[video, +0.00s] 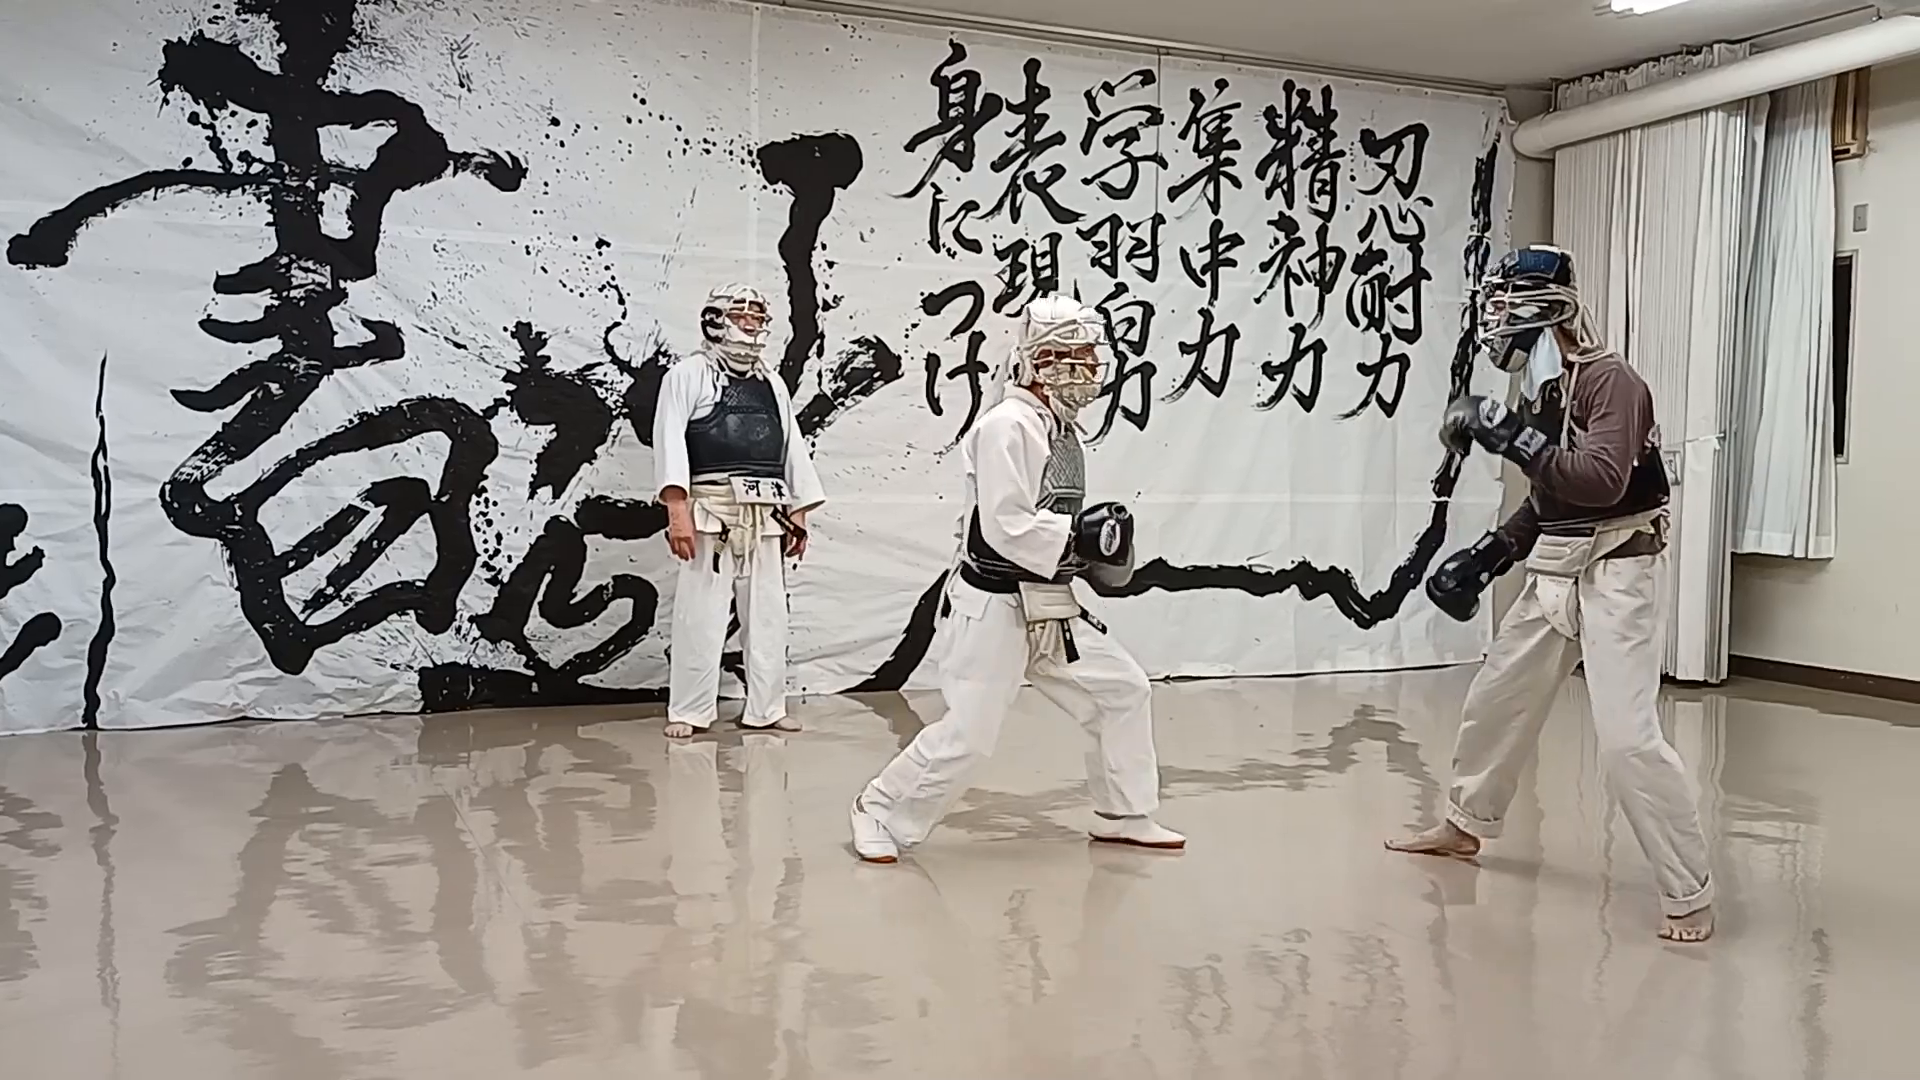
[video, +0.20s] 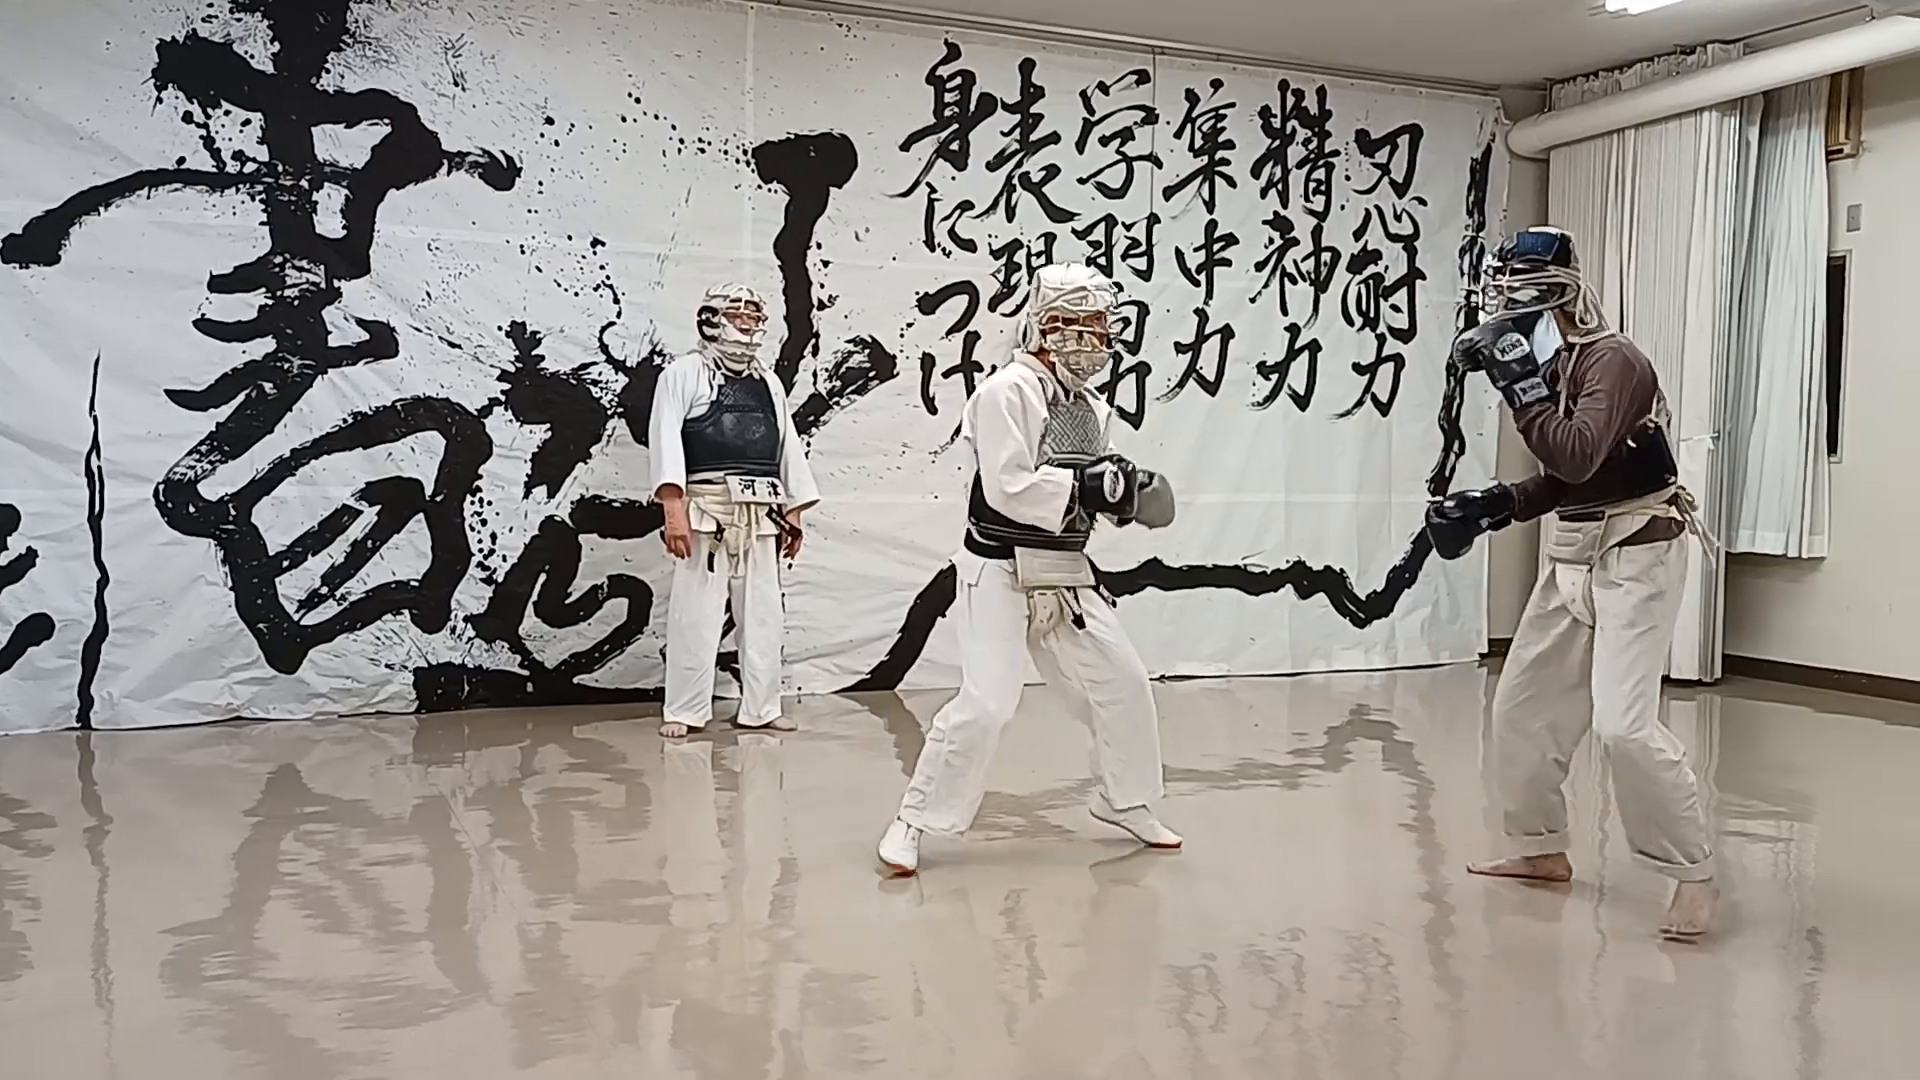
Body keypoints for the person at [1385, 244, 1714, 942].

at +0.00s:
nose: (1490, 318)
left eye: (1500, 305)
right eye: (1490, 305)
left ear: (1537, 309)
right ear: (1541, 310)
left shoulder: (1612, 381)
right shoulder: (1540, 397)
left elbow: (1604, 479)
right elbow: (1542, 501)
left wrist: (1517, 440)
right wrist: (1485, 558)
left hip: (1621, 560)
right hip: (1553, 558)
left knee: (1627, 735)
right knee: (1496, 695)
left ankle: (1687, 893)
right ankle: (1464, 827)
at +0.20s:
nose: (1493, 313)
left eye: (1503, 300)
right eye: (1493, 301)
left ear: (1543, 303)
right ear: (1541, 306)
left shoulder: (1615, 357)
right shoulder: (1542, 372)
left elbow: (1576, 456)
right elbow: (1567, 479)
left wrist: (1517, 382)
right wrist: (1497, 504)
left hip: (1642, 544)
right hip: (1571, 547)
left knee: (1623, 723)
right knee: (1522, 706)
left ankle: (1695, 876)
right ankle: (1542, 852)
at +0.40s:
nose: (1516, 336)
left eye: (1528, 321)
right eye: (1513, 322)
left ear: (1570, 319)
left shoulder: (1633, 373)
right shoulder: (1557, 395)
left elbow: (1579, 474)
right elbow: (1575, 506)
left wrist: (1517, 398)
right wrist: (1493, 533)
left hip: (1662, 571)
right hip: (1588, 572)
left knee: (1662, 747)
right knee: (1527, 721)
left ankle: (1733, 926)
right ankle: (1537, 855)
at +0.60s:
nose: (1496, 302)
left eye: (1504, 286)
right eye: (1496, 287)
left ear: (1537, 283)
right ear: (1547, 283)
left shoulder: (1608, 340)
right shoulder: (1557, 368)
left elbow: (1632, 453)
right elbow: (1590, 474)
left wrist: (1522, 464)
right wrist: (1557, 553)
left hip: (1666, 540)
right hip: (1601, 547)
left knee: (1668, 735)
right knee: (1541, 704)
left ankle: (1734, 925)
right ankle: (1546, 865)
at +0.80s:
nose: (1458, 337)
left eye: (1465, 320)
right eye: (1455, 321)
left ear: (1501, 313)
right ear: (1511, 315)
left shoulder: (1552, 356)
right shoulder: (1531, 385)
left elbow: (1618, 448)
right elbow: (1568, 488)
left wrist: (1543, 519)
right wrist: (1533, 566)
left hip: (1643, 552)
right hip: (1586, 563)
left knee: (1625, 754)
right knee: (1528, 713)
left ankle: (1727, 910)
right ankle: (1541, 878)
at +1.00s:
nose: (1446, 331)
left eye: (1454, 316)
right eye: (1444, 315)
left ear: (1489, 314)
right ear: (1503, 313)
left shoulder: (1536, 364)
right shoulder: (1513, 386)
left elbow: (1570, 469)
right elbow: (1558, 517)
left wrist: (1463, 478)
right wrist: (1474, 570)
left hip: (1631, 558)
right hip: (1576, 567)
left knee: (1574, 746)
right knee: (1507, 713)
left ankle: (1680, 922)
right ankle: (1533, 876)